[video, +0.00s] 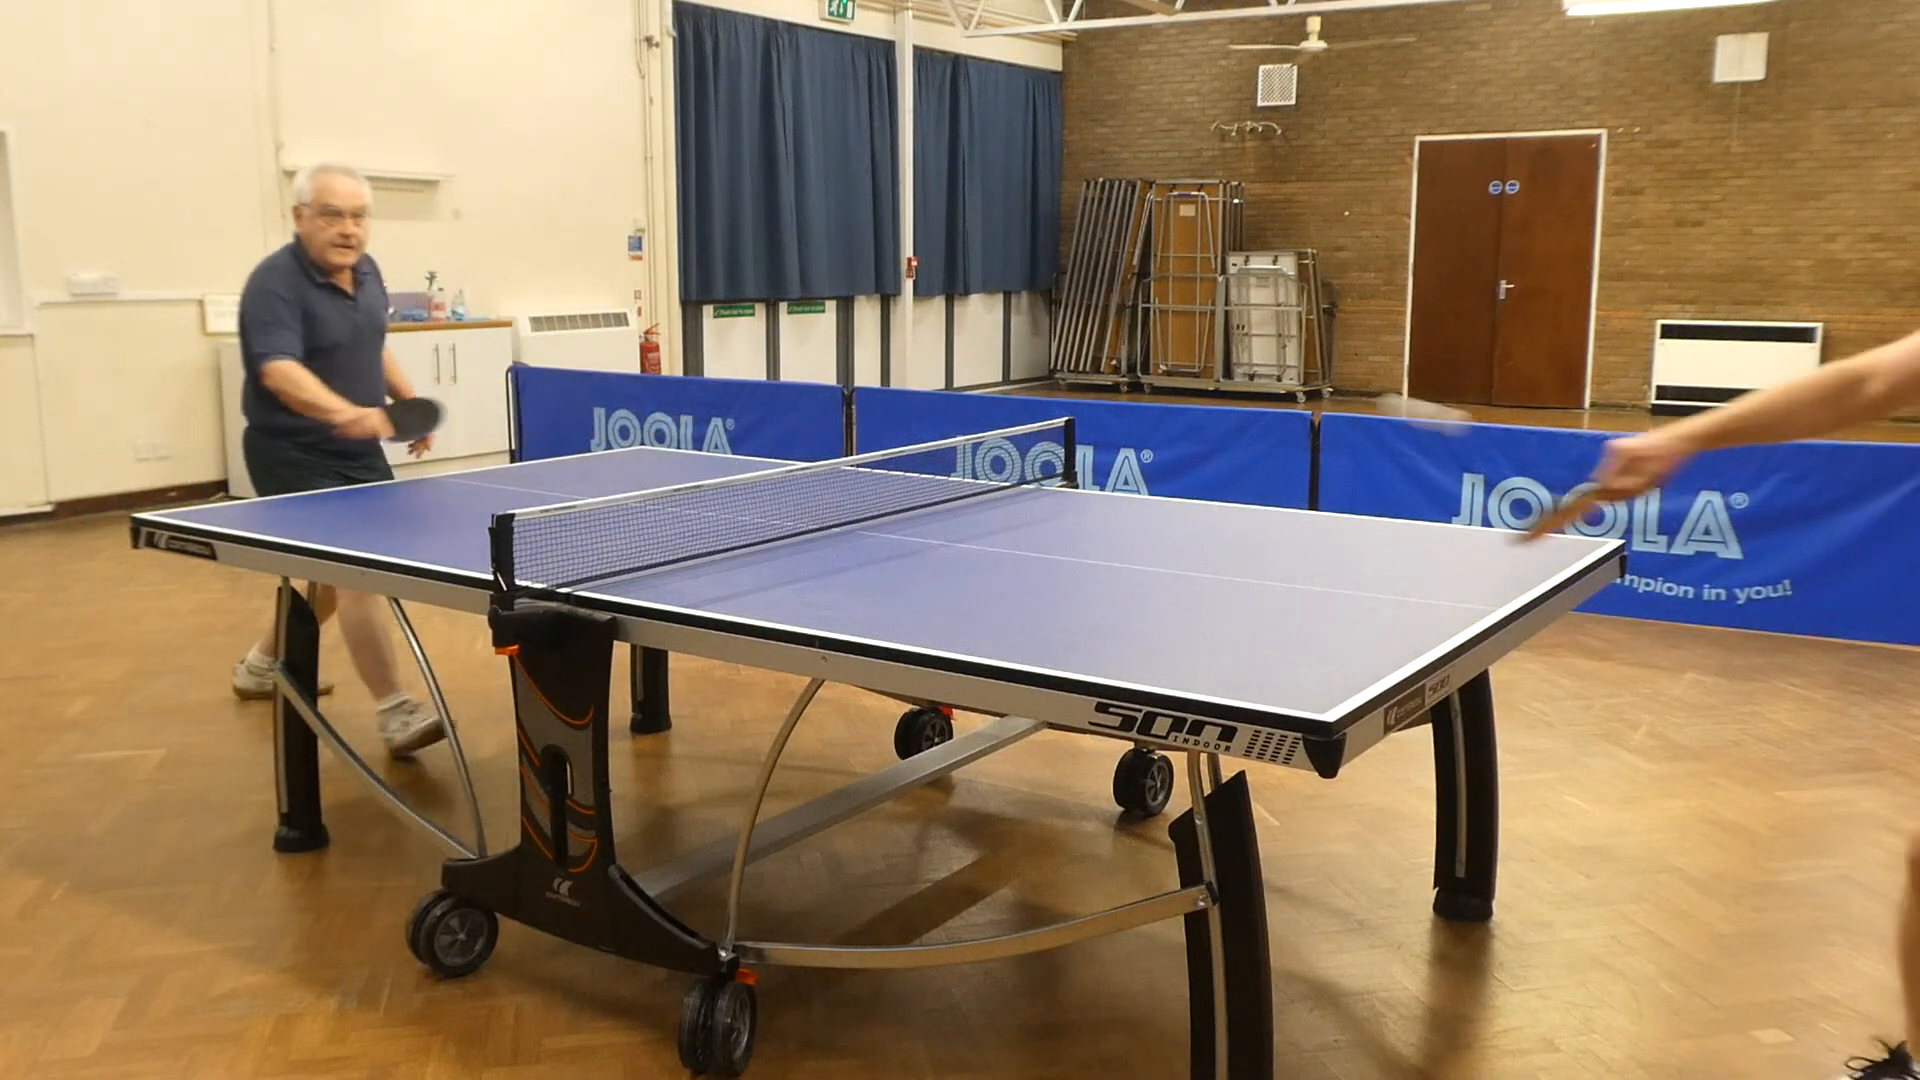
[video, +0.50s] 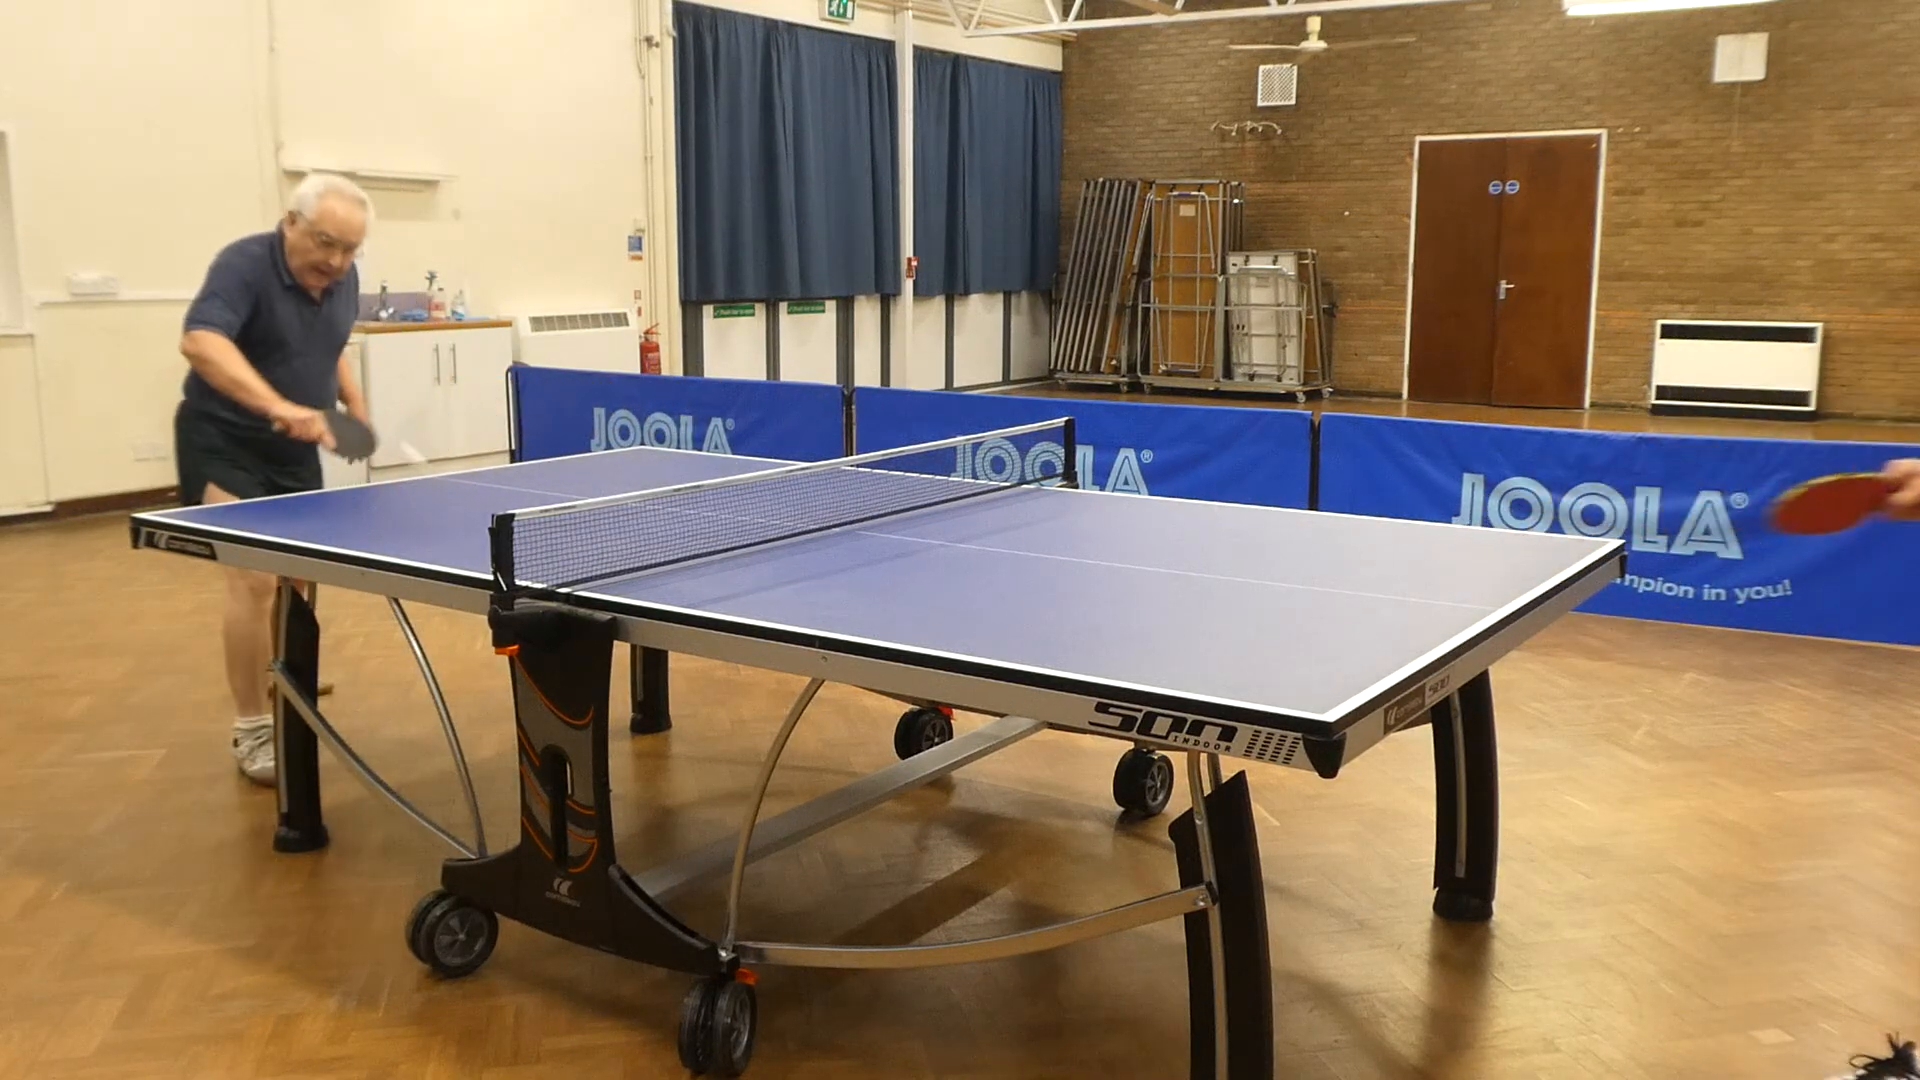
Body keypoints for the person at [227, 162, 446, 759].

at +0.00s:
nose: (348, 228)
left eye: (359, 216)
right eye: (332, 215)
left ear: (369, 222)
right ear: (300, 217)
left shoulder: (367, 274)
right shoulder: (274, 282)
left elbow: (371, 346)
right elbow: (276, 371)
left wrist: (411, 402)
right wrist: (343, 411)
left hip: (360, 446)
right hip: (293, 453)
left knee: (346, 567)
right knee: (356, 567)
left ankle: (263, 659)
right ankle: (395, 708)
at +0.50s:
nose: (337, 261)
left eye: (350, 249)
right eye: (325, 244)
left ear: (360, 243)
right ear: (290, 226)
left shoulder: (345, 278)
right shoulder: (246, 263)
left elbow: (333, 349)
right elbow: (200, 341)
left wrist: (357, 409)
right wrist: (278, 406)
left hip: (295, 446)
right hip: (224, 439)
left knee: (300, 573)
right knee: (254, 577)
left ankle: (288, 692)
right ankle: (252, 728)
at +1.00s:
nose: (330, 263)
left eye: (341, 248)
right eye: (317, 244)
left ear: (350, 248)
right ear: (276, 236)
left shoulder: (322, 294)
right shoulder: (229, 286)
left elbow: (309, 370)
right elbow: (246, 386)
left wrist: (327, 433)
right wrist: (314, 436)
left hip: (266, 451)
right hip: (200, 450)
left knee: (259, 570)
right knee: (257, 583)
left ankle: (223, 664)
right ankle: (251, 730)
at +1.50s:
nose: (315, 239)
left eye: (326, 226)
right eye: (299, 224)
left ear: (335, 225)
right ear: (263, 220)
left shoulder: (331, 278)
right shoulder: (227, 272)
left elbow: (342, 357)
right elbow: (209, 357)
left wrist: (346, 411)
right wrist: (265, 410)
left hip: (294, 445)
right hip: (221, 441)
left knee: (297, 573)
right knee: (258, 579)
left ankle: (239, 667)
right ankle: (254, 725)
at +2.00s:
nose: (283, 233)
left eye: (298, 218)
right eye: (268, 216)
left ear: (320, 213)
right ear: (248, 210)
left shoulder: (345, 249)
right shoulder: (232, 265)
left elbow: (368, 307)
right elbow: (251, 346)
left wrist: (375, 355)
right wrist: (283, 382)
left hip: (326, 433)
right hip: (253, 436)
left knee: (345, 561)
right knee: (278, 574)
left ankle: (269, 632)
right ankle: (270, 717)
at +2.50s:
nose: (350, 184)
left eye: (360, 171)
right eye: (332, 173)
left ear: (373, 171)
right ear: (303, 177)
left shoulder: (394, 231)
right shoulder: (278, 253)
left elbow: (420, 309)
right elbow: (262, 348)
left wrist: (451, 379)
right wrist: (271, 420)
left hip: (386, 428)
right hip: (309, 433)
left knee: (405, 555)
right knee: (297, 571)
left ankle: (406, 673)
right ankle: (278, 704)